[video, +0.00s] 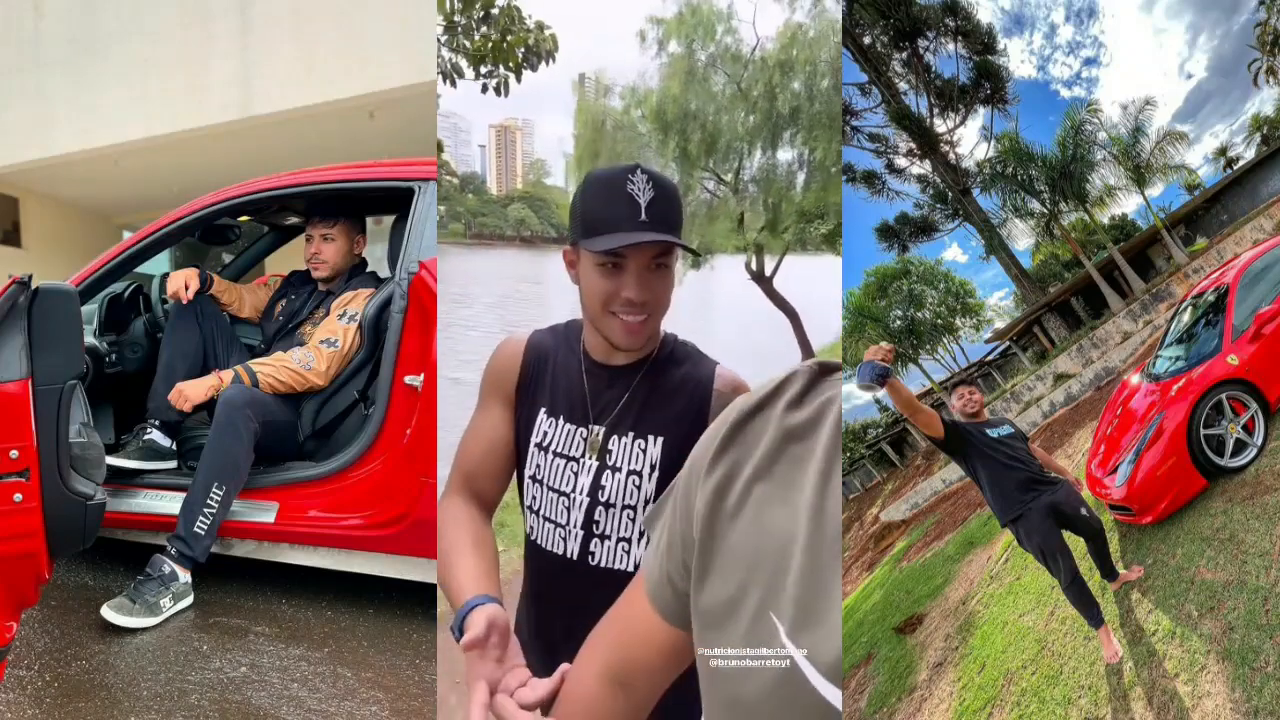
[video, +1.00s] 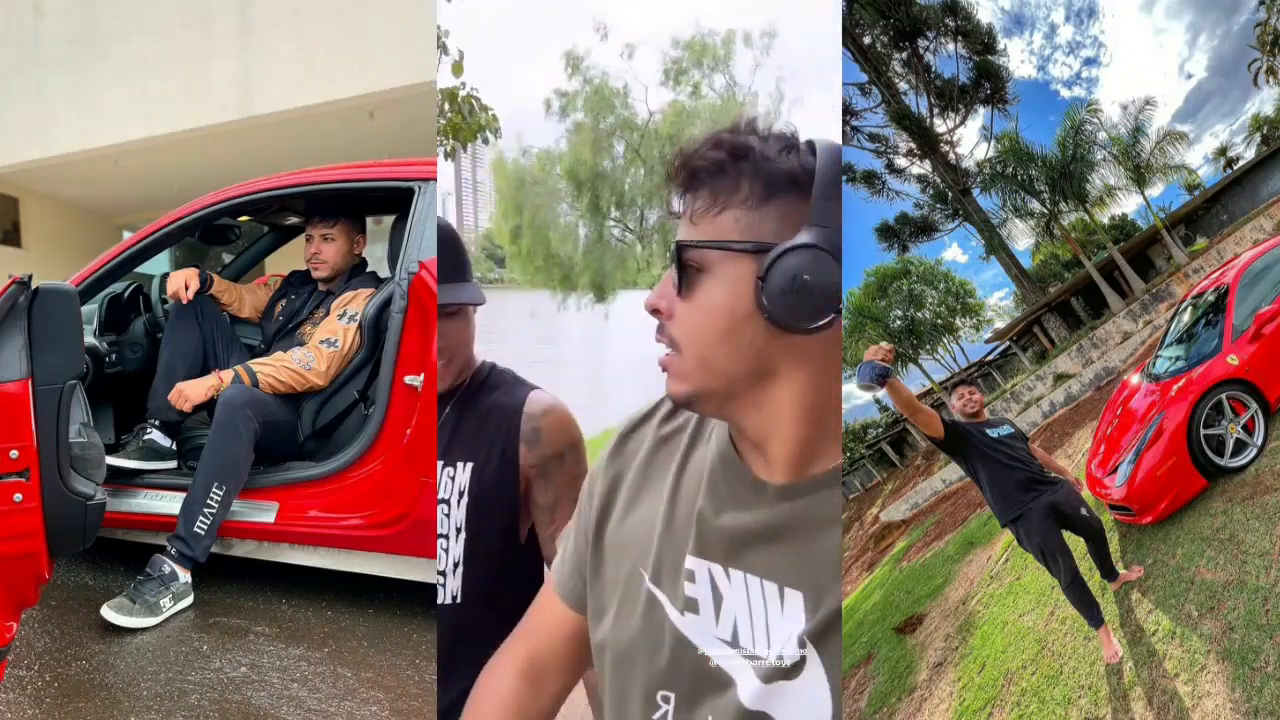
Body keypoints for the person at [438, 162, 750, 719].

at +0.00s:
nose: (635, 292)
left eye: (658, 265)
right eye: (611, 264)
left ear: (676, 267)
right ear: (572, 264)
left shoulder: (718, 401)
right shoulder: (522, 366)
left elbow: (723, 583)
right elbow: (468, 499)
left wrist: (593, 678)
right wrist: (480, 605)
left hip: (659, 698)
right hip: (536, 683)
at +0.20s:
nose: (627, 269)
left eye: (652, 243)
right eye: (605, 242)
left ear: (678, 242)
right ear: (570, 237)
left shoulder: (717, 379)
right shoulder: (528, 332)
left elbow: (737, 550)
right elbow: (469, 462)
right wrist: (478, 555)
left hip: (639, 684)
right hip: (530, 667)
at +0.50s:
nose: (585, 289)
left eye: (608, 264)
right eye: (564, 266)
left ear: (640, 257)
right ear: (539, 264)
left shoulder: (682, 386)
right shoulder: (515, 342)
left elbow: (677, 561)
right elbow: (462, 454)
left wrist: (615, 706)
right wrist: (444, 512)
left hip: (604, 690)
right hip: (500, 670)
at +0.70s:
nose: (538, 304)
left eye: (558, 277)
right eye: (514, 280)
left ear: (588, 273)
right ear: (489, 281)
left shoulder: (633, 400)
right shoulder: (463, 364)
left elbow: (634, 580)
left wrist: (581, 709)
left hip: (564, 697)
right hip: (464, 684)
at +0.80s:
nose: (501, 314)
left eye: (521, 284)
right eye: (476, 291)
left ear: (549, 281)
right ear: (451, 293)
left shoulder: (598, 402)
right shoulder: (438, 374)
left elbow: (611, 576)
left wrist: (590, 707)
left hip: (552, 696)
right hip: (459, 685)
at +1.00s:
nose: (431, 336)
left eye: (448, 313)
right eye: (417, 314)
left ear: (474, 310)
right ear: (393, 319)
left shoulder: (532, 424)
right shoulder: (377, 415)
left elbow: (581, 607)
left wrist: (607, 707)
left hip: (481, 699)